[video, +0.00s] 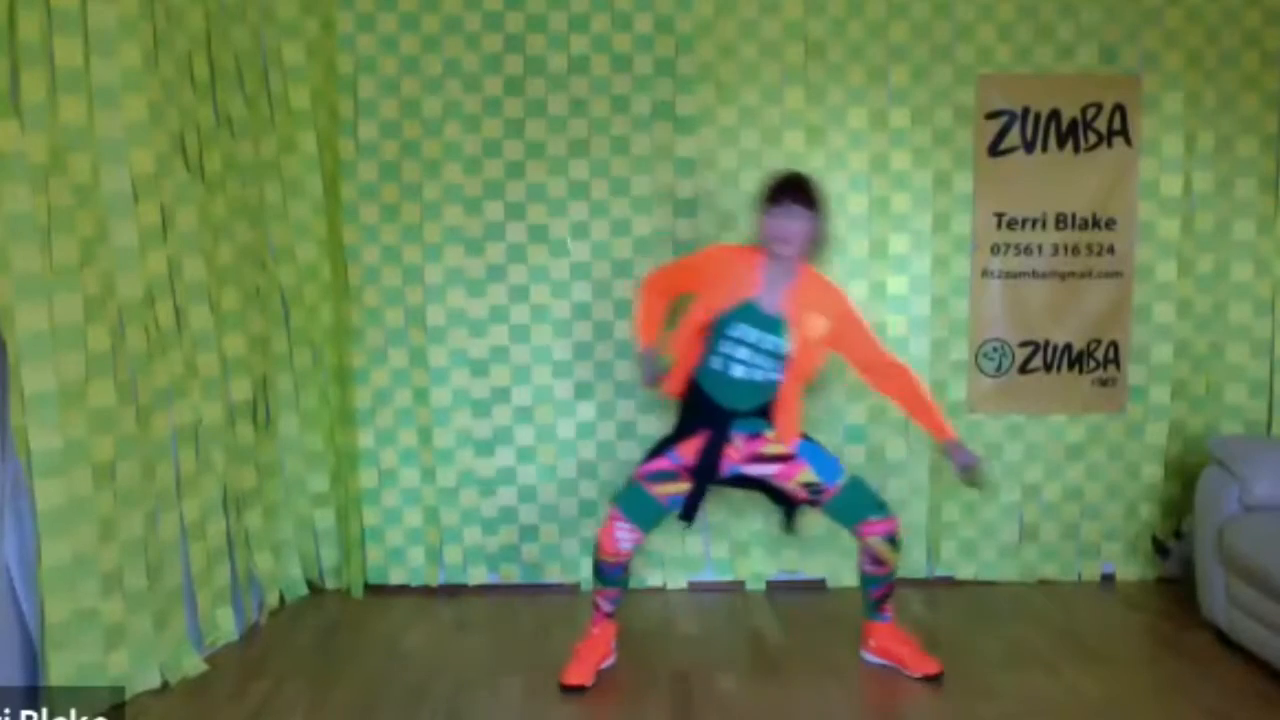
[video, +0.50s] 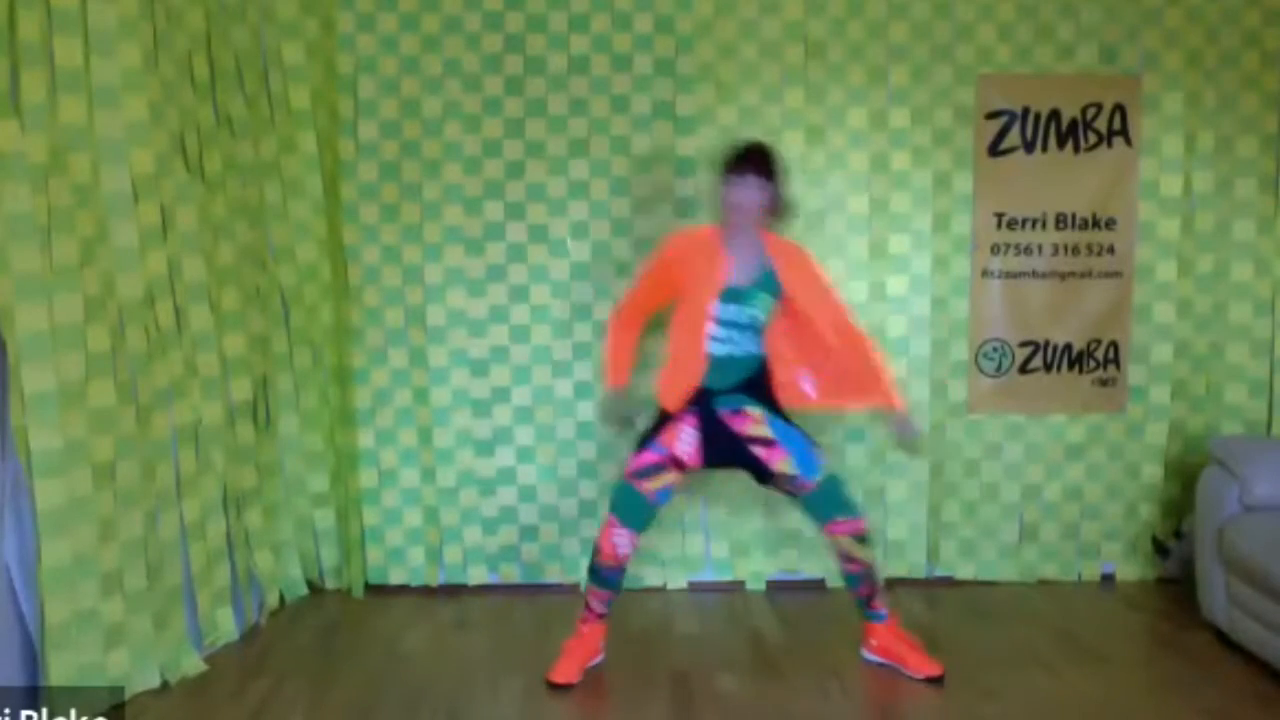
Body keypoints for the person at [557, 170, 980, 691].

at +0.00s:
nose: (786, 228)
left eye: (799, 218)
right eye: (778, 215)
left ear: (816, 230)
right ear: (761, 220)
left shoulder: (824, 303)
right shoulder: (722, 266)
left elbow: (884, 370)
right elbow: (655, 288)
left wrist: (947, 438)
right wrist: (648, 347)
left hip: (774, 445)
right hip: (698, 438)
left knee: (877, 525)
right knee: (617, 535)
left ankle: (881, 631)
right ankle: (600, 634)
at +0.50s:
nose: (741, 202)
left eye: (754, 192)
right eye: (734, 190)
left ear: (771, 201)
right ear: (721, 194)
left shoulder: (786, 260)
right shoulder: (687, 250)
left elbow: (840, 331)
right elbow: (630, 311)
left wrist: (889, 402)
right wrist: (616, 380)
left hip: (754, 409)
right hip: (685, 409)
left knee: (838, 510)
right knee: (626, 512)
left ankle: (880, 629)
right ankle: (589, 632)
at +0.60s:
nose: (672, 171)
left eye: (685, 160)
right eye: (663, 159)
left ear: (705, 165)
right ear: (649, 162)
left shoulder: (732, 221)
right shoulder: (625, 227)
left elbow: (765, 297)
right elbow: (593, 306)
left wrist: (806, 369)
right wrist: (574, 387)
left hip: (718, 375)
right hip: (649, 379)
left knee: (775, 487)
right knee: (612, 496)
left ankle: (834, 620)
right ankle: (588, 629)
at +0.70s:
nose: (647, 143)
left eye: (660, 133)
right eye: (638, 131)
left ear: (679, 144)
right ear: (622, 140)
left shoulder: (705, 201)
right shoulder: (599, 213)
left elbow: (734, 281)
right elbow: (574, 301)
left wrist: (762, 356)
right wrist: (557, 388)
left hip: (701, 360)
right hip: (633, 365)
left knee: (741, 490)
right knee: (611, 504)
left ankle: (771, 622)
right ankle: (588, 627)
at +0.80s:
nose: (627, 137)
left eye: (640, 126)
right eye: (616, 125)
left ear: (657, 134)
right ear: (599, 133)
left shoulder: (683, 195)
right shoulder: (575, 202)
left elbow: (706, 284)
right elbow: (552, 291)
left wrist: (717, 367)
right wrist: (542, 379)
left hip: (685, 362)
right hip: (615, 366)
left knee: (687, 503)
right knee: (606, 506)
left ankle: (682, 629)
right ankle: (586, 629)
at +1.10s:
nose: (634, 140)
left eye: (647, 131)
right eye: (624, 128)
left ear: (664, 145)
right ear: (605, 137)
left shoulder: (675, 217)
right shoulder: (570, 200)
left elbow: (687, 307)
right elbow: (541, 283)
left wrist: (684, 396)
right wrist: (527, 368)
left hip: (639, 365)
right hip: (562, 364)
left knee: (660, 505)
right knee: (537, 501)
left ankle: (657, 632)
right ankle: (543, 617)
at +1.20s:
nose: (602, 156)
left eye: (613, 145)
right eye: (590, 146)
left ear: (631, 156)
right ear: (573, 157)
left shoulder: (654, 226)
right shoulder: (546, 225)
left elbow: (686, 310)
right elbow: (508, 308)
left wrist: (693, 389)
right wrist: (477, 389)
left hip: (626, 390)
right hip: (555, 391)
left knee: (677, 517)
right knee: (495, 502)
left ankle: (659, 634)